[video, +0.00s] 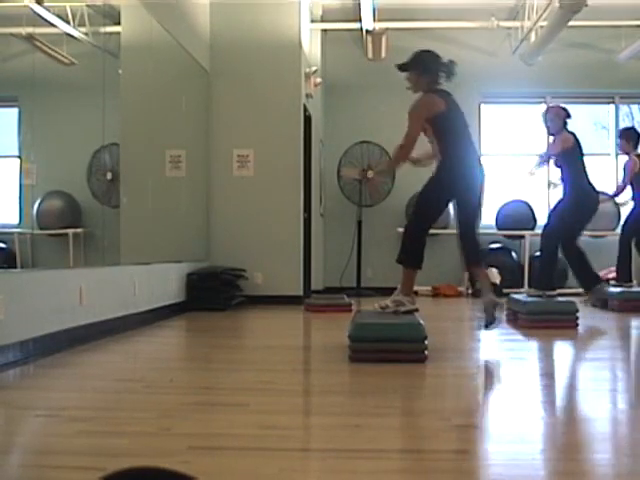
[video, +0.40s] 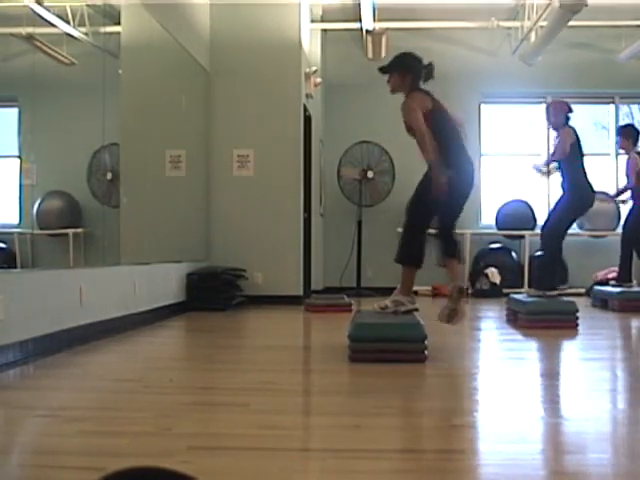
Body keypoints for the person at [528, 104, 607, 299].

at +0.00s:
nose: (548, 123)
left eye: (552, 119)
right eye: (547, 120)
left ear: (561, 120)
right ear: (547, 121)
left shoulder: (566, 138)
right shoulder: (556, 141)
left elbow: (556, 150)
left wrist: (543, 158)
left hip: (582, 197)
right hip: (571, 196)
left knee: (565, 239)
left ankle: (595, 286)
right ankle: (543, 287)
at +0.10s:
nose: (537, 125)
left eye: (538, 120)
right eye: (537, 120)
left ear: (545, 120)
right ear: (554, 118)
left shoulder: (555, 136)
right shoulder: (565, 134)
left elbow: (562, 159)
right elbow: (588, 152)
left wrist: (553, 176)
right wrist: (585, 174)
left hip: (574, 191)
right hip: (584, 190)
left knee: (552, 231)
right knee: (556, 231)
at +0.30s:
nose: (539, 127)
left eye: (539, 123)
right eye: (538, 123)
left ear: (545, 122)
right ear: (555, 120)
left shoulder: (556, 137)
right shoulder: (564, 136)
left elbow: (562, 159)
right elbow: (583, 154)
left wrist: (551, 178)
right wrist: (575, 175)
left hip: (573, 195)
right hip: (579, 193)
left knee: (548, 234)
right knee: (549, 234)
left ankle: (543, 283)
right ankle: (545, 281)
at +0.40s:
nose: (549, 120)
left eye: (551, 115)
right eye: (548, 115)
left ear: (561, 115)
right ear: (556, 115)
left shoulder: (567, 132)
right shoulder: (565, 134)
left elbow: (562, 152)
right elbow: (566, 158)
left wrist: (547, 162)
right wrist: (550, 168)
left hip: (578, 194)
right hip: (573, 192)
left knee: (550, 233)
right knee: (548, 232)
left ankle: (554, 280)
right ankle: (556, 278)